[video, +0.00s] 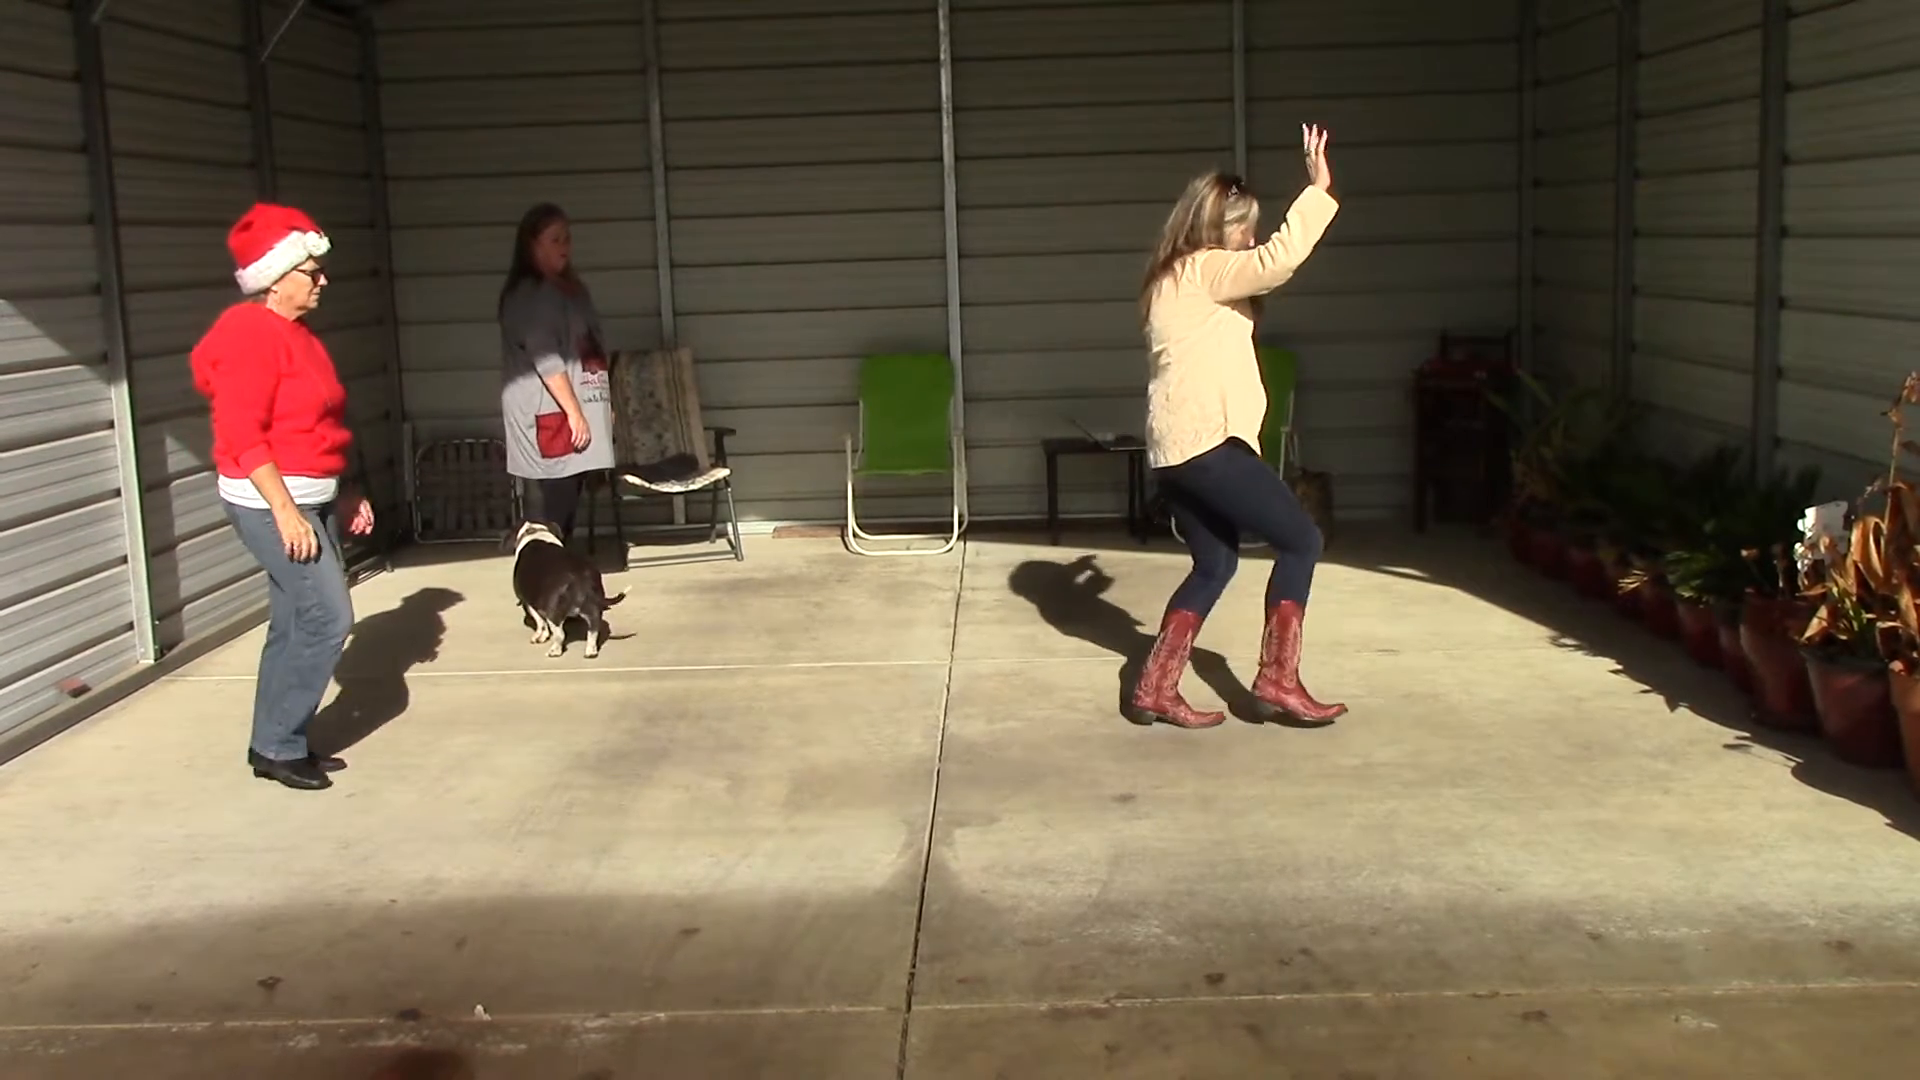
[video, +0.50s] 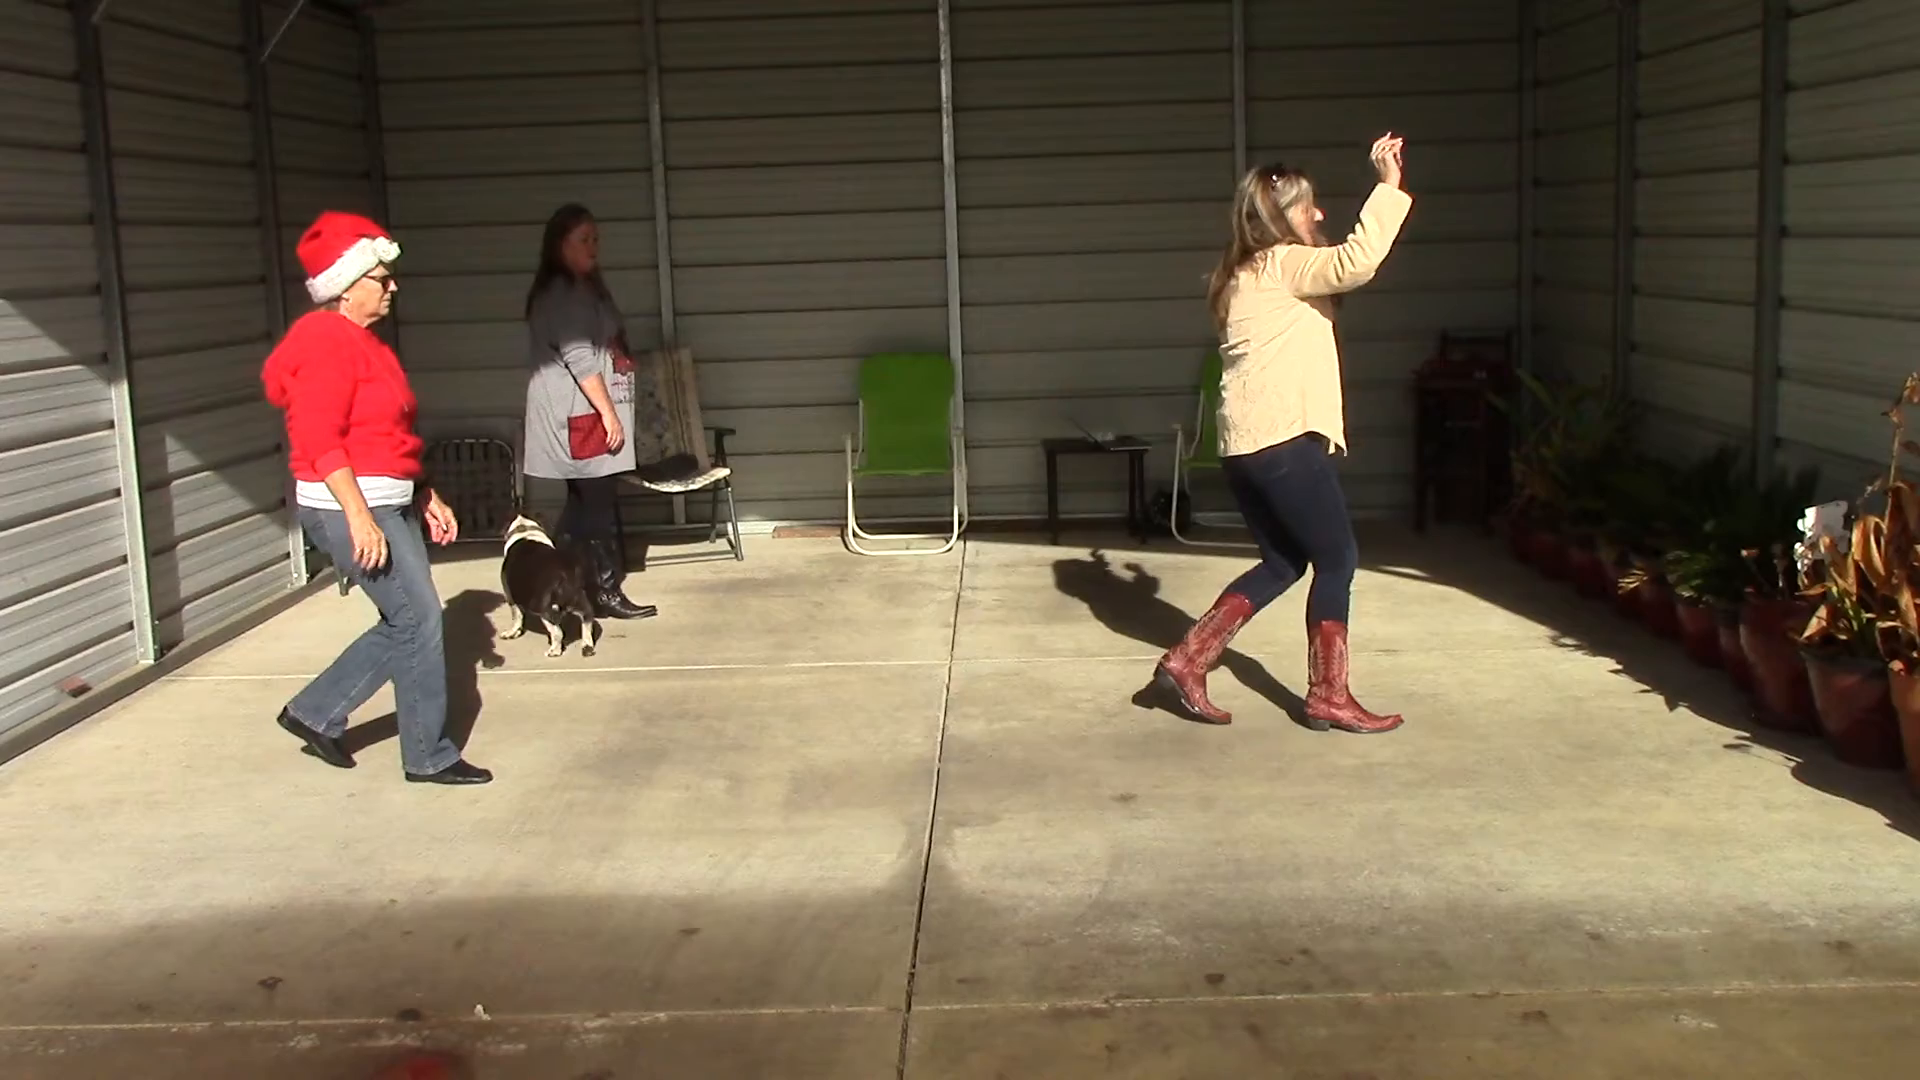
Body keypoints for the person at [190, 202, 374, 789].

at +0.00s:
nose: (322, 283)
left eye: (321, 273)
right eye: (312, 273)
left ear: (282, 279)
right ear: (275, 278)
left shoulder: (295, 334)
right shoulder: (247, 334)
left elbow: (310, 425)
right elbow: (240, 434)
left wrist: (342, 494)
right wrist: (284, 509)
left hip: (308, 499)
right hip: (269, 501)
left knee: (294, 624)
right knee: (326, 617)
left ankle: (279, 742)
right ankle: (276, 745)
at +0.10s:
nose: (332, 281)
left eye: (331, 271)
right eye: (322, 272)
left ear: (296, 278)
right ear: (284, 278)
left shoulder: (310, 334)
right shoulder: (256, 333)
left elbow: (329, 419)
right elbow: (247, 433)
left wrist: (370, 472)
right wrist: (287, 507)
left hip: (315, 496)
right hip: (281, 498)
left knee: (296, 625)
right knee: (356, 605)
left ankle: (276, 747)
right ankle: (324, 740)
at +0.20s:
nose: (346, 280)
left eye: (344, 270)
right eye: (335, 271)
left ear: (316, 279)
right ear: (298, 279)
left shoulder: (326, 335)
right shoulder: (270, 332)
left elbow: (350, 421)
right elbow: (259, 431)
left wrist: (399, 468)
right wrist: (294, 512)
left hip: (327, 496)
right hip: (294, 498)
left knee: (302, 629)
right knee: (377, 604)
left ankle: (275, 749)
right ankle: (382, 749)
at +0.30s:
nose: (362, 282)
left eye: (360, 272)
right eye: (351, 273)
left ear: (327, 281)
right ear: (316, 280)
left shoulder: (341, 336)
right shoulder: (288, 333)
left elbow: (368, 423)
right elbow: (275, 429)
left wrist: (415, 470)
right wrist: (306, 511)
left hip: (347, 499)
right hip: (317, 502)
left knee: (323, 628)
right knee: (392, 614)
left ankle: (278, 744)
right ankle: (417, 752)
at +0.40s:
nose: (378, 285)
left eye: (377, 275)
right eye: (367, 276)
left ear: (347, 284)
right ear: (331, 284)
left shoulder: (353, 340)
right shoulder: (307, 339)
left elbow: (376, 429)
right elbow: (297, 435)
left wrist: (420, 480)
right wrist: (329, 517)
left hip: (368, 501)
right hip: (340, 505)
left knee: (365, 627)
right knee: (408, 615)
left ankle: (290, 732)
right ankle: (424, 755)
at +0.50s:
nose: (392, 286)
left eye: (390, 276)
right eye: (381, 278)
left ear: (359, 287)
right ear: (346, 288)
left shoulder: (366, 341)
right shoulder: (324, 342)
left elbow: (384, 432)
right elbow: (317, 440)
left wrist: (424, 495)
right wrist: (357, 514)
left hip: (388, 501)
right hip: (352, 507)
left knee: (409, 619)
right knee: (419, 618)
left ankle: (314, 713)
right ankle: (426, 755)